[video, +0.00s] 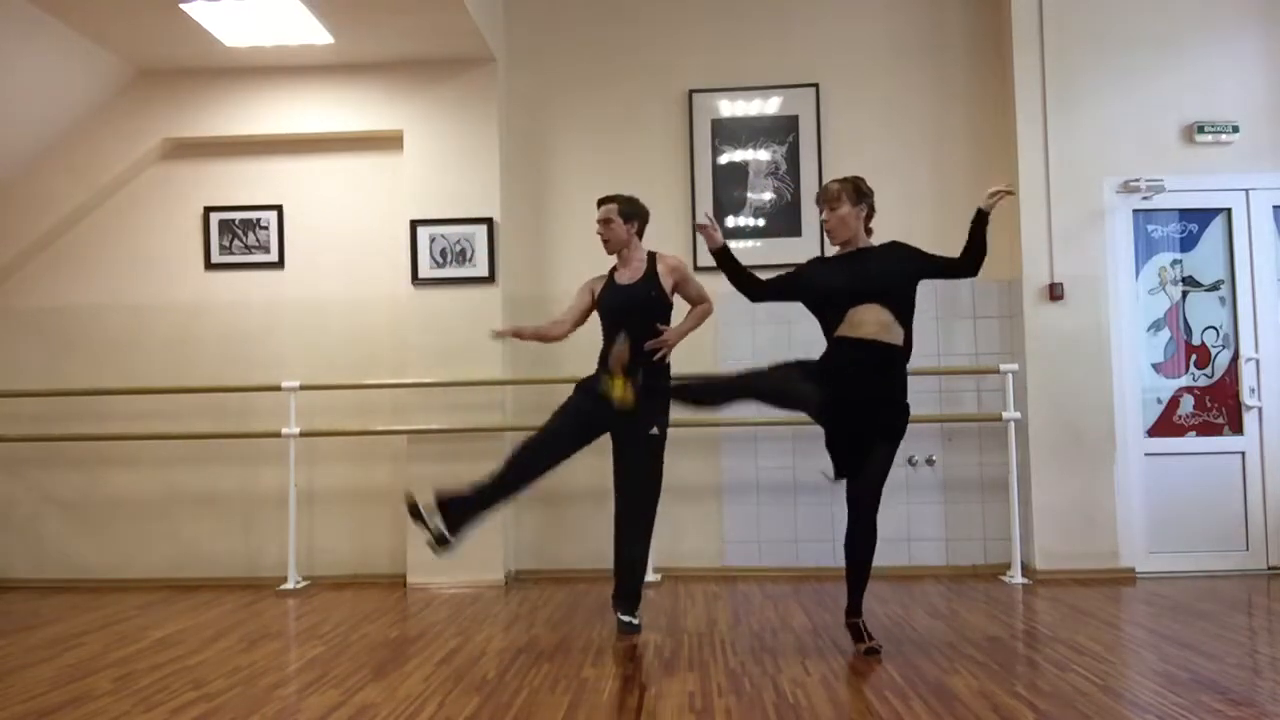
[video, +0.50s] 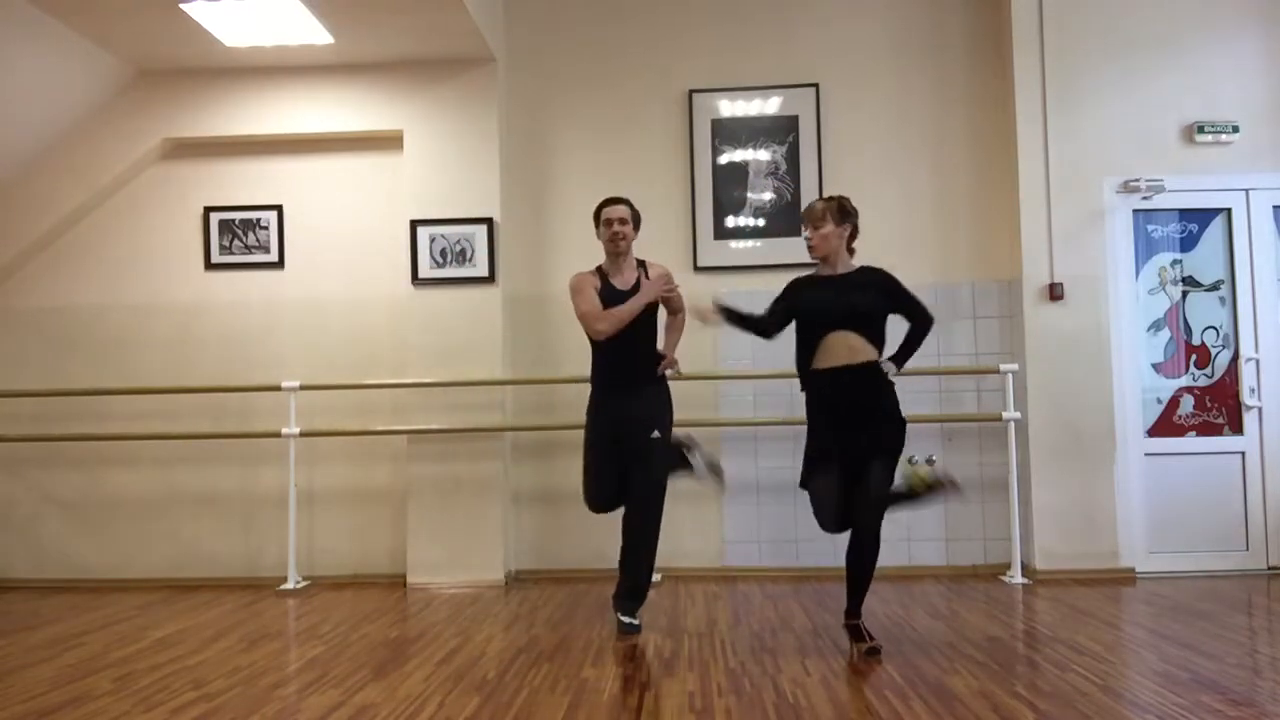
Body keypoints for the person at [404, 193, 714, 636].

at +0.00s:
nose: (600, 230)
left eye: (608, 223)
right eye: (599, 224)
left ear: (634, 227)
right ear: (609, 230)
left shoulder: (668, 268)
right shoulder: (598, 286)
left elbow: (704, 304)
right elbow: (562, 327)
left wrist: (678, 333)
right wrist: (519, 332)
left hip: (646, 400)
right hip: (599, 392)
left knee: (637, 506)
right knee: (533, 457)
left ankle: (627, 604)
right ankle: (451, 521)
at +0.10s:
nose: (600, 231)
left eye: (608, 224)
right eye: (598, 224)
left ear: (634, 227)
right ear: (609, 231)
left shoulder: (668, 268)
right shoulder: (596, 287)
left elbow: (699, 308)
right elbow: (580, 335)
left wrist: (677, 339)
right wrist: (562, 340)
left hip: (647, 393)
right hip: (603, 390)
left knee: (639, 502)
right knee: (556, 479)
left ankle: (628, 603)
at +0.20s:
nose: (609, 228)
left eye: (616, 220)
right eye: (604, 223)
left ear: (637, 226)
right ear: (600, 232)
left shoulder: (666, 272)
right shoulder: (591, 286)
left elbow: (690, 312)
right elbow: (597, 341)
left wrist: (675, 347)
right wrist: (651, 341)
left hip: (644, 402)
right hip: (598, 400)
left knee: (641, 504)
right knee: (570, 490)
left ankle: (629, 603)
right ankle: (606, 571)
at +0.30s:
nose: (616, 227)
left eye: (623, 220)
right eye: (609, 221)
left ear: (638, 227)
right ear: (600, 231)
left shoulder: (663, 273)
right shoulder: (589, 284)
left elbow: (686, 314)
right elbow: (597, 338)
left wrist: (672, 349)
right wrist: (655, 331)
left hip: (645, 398)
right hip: (600, 397)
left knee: (641, 507)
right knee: (579, 491)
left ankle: (628, 604)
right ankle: (642, 517)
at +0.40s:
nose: (617, 228)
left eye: (623, 221)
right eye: (609, 222)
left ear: (637, 228)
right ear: (599, 232)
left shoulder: (660, 275)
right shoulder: (586, 284)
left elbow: (679, 312)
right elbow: (599, 332)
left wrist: (670, 350)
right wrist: (653, 300)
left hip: (648, 400)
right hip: (602, 400)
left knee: (644, 508)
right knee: (591, 495)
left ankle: (629, 604)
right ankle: (655, 458)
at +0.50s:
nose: (616, 229)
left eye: (623, 223)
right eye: (609, 224)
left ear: (636, 230)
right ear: (598, 233)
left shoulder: (655, 275)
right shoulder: (583, 282)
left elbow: (676, 312)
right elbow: (599, 328)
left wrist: (669, 350)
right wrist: (647, 296)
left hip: (650, 399)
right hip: (606, 401)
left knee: (643, 510)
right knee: (600, 498)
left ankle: (628, 605)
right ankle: (673, 455)